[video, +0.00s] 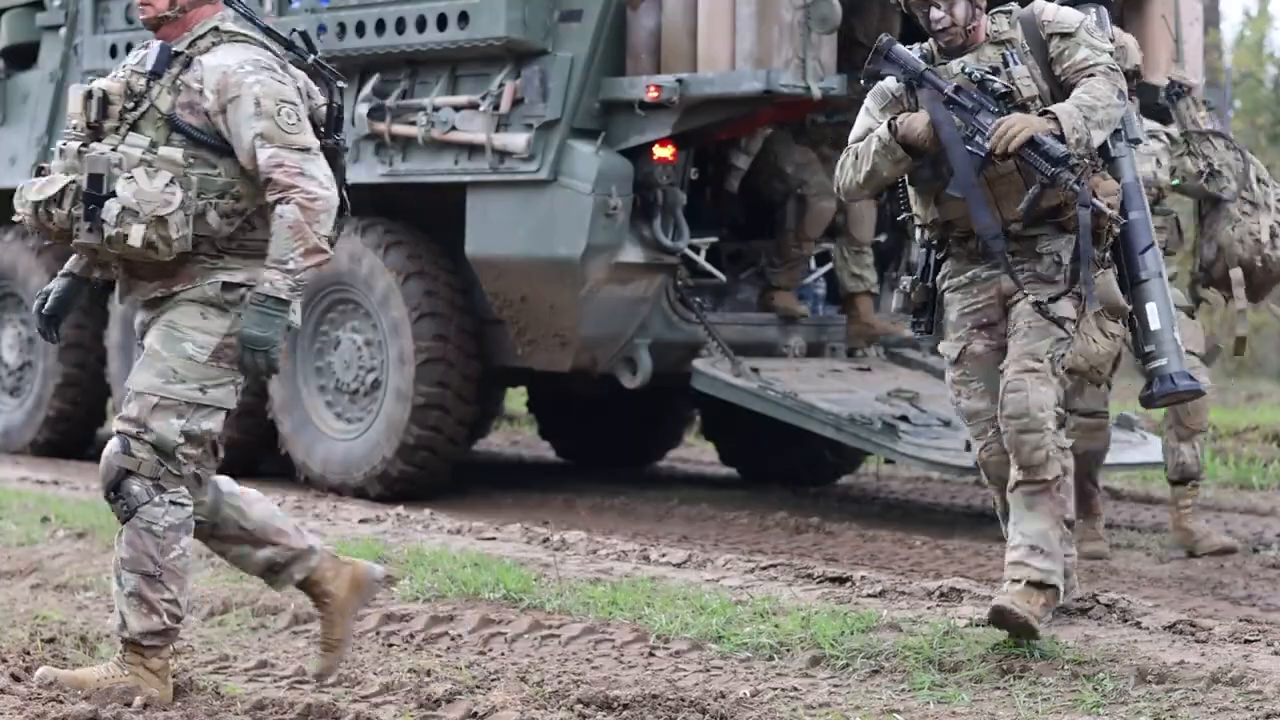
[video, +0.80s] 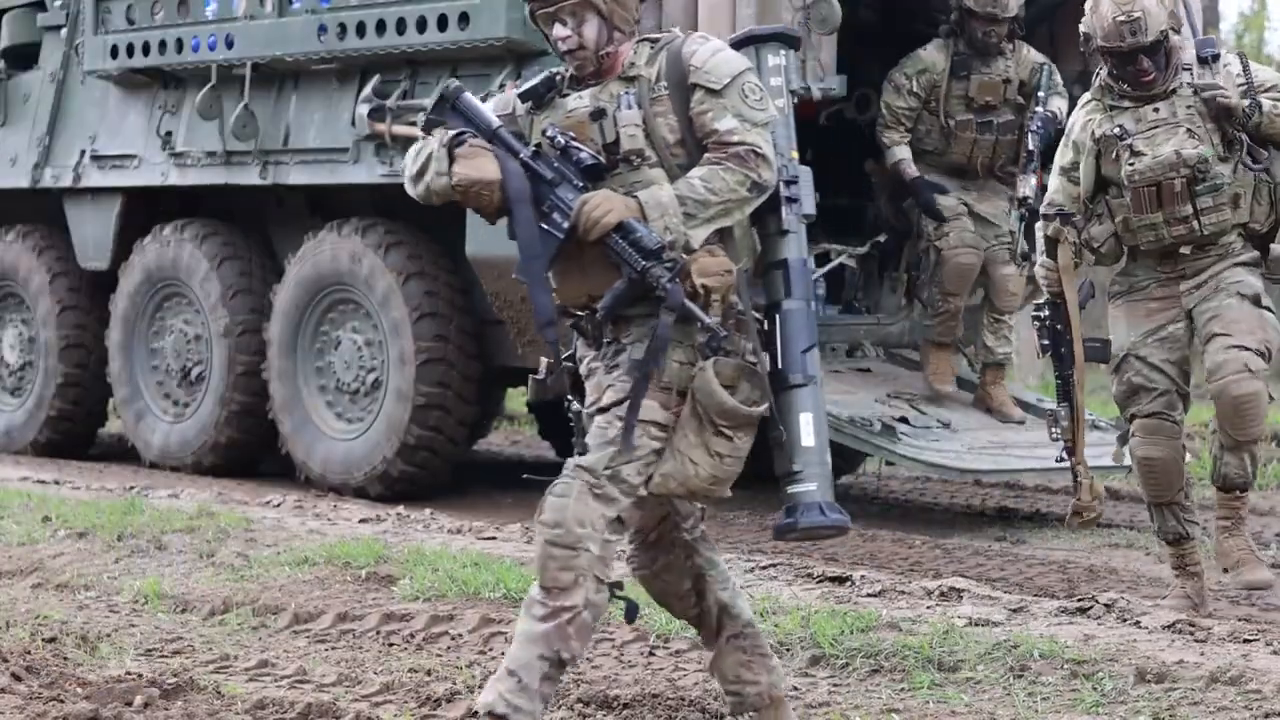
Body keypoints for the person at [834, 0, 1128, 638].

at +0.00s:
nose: (938, 13)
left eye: (946, 1)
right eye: (926, 8)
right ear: (916, 15)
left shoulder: (1038, 25)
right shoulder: (901, 81)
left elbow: (1109, 89)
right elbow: (850, 178)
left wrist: (1050, 121)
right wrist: (901, 136)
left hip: (1051, 253)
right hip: (965, 268)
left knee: (1027, 405)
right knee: (989, 441)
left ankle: (1026, 586)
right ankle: (1045, 569)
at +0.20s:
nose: (877, 37)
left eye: (889, 20)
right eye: (865, 27)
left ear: (923, 18)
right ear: (856, 35)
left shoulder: (990, 60)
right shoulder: (846, 104)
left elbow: (1048, 142)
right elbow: (756, 186)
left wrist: (978, 177)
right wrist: (809, 150)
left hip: (989, 310)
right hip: (898, 320)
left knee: (968, 479)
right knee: (884, 473)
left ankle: (979, 642)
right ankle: (978, 540)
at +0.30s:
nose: (837, 48)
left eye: (849, 29)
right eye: (825, 37)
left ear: (884, 25)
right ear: (815, 44)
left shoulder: (960, 73)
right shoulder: (812, 114)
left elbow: (1004, 162)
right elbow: (702, 187)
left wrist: (924, 205)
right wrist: (753, 164)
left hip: (958, 324)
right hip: (864, 325)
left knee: (946, 514)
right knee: (818, 466)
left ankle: (976, 645)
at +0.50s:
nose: (728, 63)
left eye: (738, 46)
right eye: (718, 52)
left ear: (781, 39)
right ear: (715, 60)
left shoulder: (856, 87)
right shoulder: (719, 131)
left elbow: (903, 180)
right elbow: (600, 201)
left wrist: (805, 221)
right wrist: (635, 186)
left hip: (851, 334)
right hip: (760, 342)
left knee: (834, 534)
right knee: (744, 542)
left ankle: (930, 621)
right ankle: (769, 698)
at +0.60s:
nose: (673, 64)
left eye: (682, 46)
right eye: (662, 53)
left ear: (721, 37)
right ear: (656, 59)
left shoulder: (806, 86)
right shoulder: (663, 127)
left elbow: (854, 182)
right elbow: (555, 222)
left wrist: (752, 229)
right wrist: (586, 204)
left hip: (795, 337)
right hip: (709, 346)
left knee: (728, 510)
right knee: (699, 549)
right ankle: (755, 697)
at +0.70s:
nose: (617, 48)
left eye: (629, 29)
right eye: (607, 36)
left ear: (673, 20)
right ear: (600, 39)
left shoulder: (751, 69)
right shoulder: (609, 108)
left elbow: (807, 170)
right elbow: (498, 197)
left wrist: (704, 218)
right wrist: (526, 190)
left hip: (743, 326)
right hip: (657, 338)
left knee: (650, 498)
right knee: (696, 531)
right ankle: (763, 697)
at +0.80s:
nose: (562, 34)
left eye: (576, 17)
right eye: (550, 21)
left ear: (621, 11)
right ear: (542, 25)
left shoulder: (697, 60)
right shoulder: (535, 97)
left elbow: (749, 165)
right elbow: (424, 160)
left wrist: (644, 208)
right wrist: (454, 169)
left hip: (679, 332)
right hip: (599, 339)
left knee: (578, 515)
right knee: (663, 547)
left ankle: (512, 702)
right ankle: (761, 693)